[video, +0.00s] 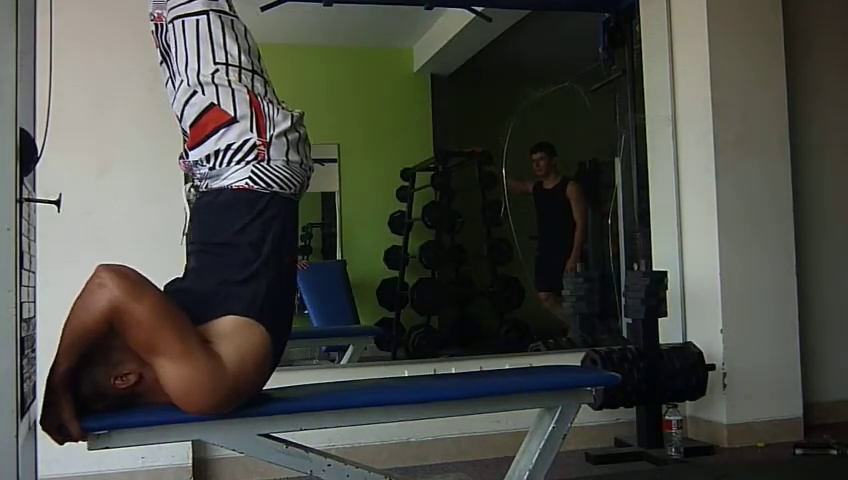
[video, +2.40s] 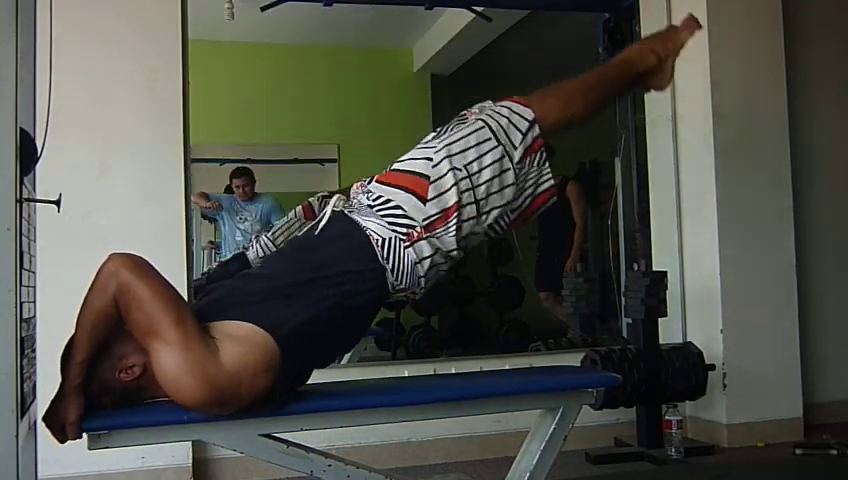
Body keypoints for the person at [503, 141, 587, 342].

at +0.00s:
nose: (537, 165)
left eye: (541, 160)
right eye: (534, 161)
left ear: (552, 161)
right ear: (532, 164)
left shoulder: (570, 187)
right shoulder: (536, 187)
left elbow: (580, 224)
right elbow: (511, 185)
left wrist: (574, 257)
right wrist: (489, 167)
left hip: (566, 250)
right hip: (545, 250)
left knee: (569, 297)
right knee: (545, 297)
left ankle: (573, 336)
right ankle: (574, 329)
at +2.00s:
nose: (536, 165)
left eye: (541, 160)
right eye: (534, 161)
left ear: (552, 161)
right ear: (531, 164)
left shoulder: (570, 187)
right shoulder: (536, 187)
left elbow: (580, 224)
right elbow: (512, 186)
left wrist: (574, 257)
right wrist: (493, 174)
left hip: (567, 250)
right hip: (546, 249)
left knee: (568, 296)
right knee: (546, 297)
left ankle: (575, 335)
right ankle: (577, 329)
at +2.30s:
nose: (543, 166)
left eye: (546, 160)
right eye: (539, 162)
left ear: (553, 160)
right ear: (535, 164)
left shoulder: (570, 187)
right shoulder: (538, 190)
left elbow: (580, 224)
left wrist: (574, 256)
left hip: (566, 250)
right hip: (545, 250)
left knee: (569, 295)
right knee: (545, 297)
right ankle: (576, 329)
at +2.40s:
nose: (541, 169)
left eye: (543, 164)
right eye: (537, 165)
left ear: (550, 162)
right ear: (535, 168)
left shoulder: (569, 187)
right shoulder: (539, 189)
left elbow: (580, 224)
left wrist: (574, 257)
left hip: (566, 249)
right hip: (546, 249)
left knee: (569, 295)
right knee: (546, 297)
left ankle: (579, 332)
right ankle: (577, 330)